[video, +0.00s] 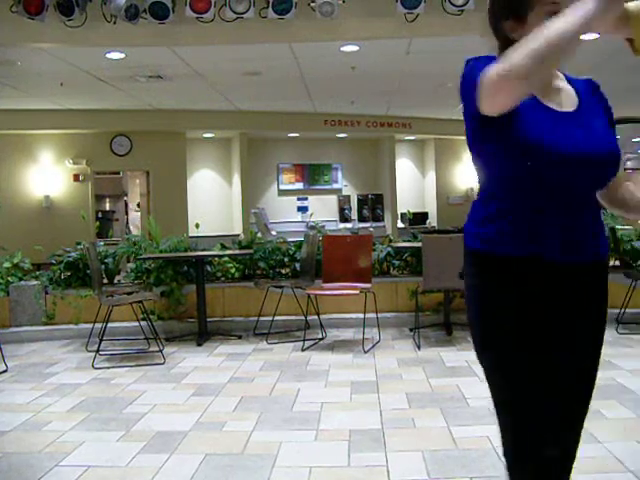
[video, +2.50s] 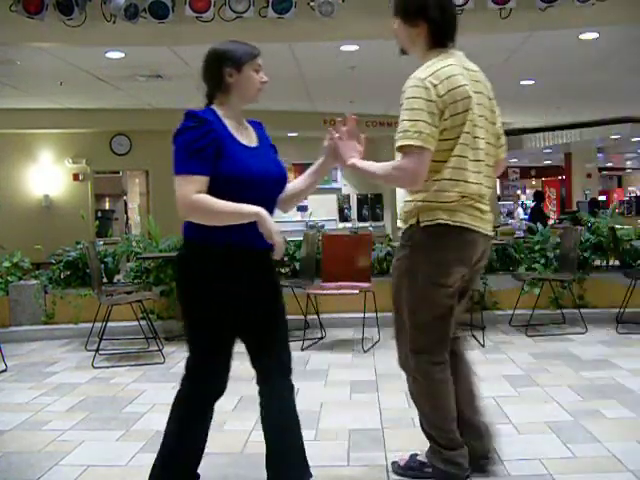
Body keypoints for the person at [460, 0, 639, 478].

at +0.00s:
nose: (567, 20)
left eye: (568, 11)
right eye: (553, 11)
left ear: (578, 25)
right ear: (514, 22)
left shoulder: (589, 94)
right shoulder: (483, 77)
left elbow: (614, 184)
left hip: (582, 271)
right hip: (506, 271)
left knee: (564, 436)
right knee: (531, 439)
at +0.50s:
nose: (471, 34)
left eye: (481, 21)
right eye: (461, 27)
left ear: (510, 28)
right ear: (457, 41)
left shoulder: (543, 81)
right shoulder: (456, 90)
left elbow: (588, 170)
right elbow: (395, 54)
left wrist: (601, 111)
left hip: (534, 269)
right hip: (467, 268)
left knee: (524, 415)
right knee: (433, 409)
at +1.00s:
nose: (382, 72)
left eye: (388, 63)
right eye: (384, 64)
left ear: (414, 62)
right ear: (420, 64)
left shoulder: (434, 102)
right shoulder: (434, 112)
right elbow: (402, 161)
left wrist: (353, 28)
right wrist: (348, 137)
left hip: (418, 279)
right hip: (438, 276)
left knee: (373, 404)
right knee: (411, 397)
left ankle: (439, 475)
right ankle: (438, 474)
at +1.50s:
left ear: (348, 66)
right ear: (395, 65)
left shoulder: (329, 106)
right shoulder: (423, 114)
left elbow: (317, 63)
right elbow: (446, 200)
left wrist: (365, 42)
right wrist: (412, 194)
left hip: (339, 257)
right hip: (405, 256)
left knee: (334, 383)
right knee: (410, 382)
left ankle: (333, 476)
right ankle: (423, 477)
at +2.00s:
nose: (341, 82)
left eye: (338, 74)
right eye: (332, 74)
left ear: (309, 81)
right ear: (306, 80)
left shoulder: (312, 129)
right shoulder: (294, 131)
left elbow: (345, 189)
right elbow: (309, 208)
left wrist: (398, 160)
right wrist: (362, 211)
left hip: (312, 266)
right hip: (300, 268)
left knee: (323, 379)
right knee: (338, 386)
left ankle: (293, 475)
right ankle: (332, 475)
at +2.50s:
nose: (264, 78)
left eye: (263, 70)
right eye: (257, 70)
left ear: (238, 76)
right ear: (230, 75)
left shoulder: (257, 130)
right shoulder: (199, 127)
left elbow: (282, 199)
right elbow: (187, 203)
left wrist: (327, 161)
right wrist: (256, 213)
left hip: (255, 263)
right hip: (208, 265)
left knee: (277, 377)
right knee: (205, 379)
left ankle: (291, 475)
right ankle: (171, 476)